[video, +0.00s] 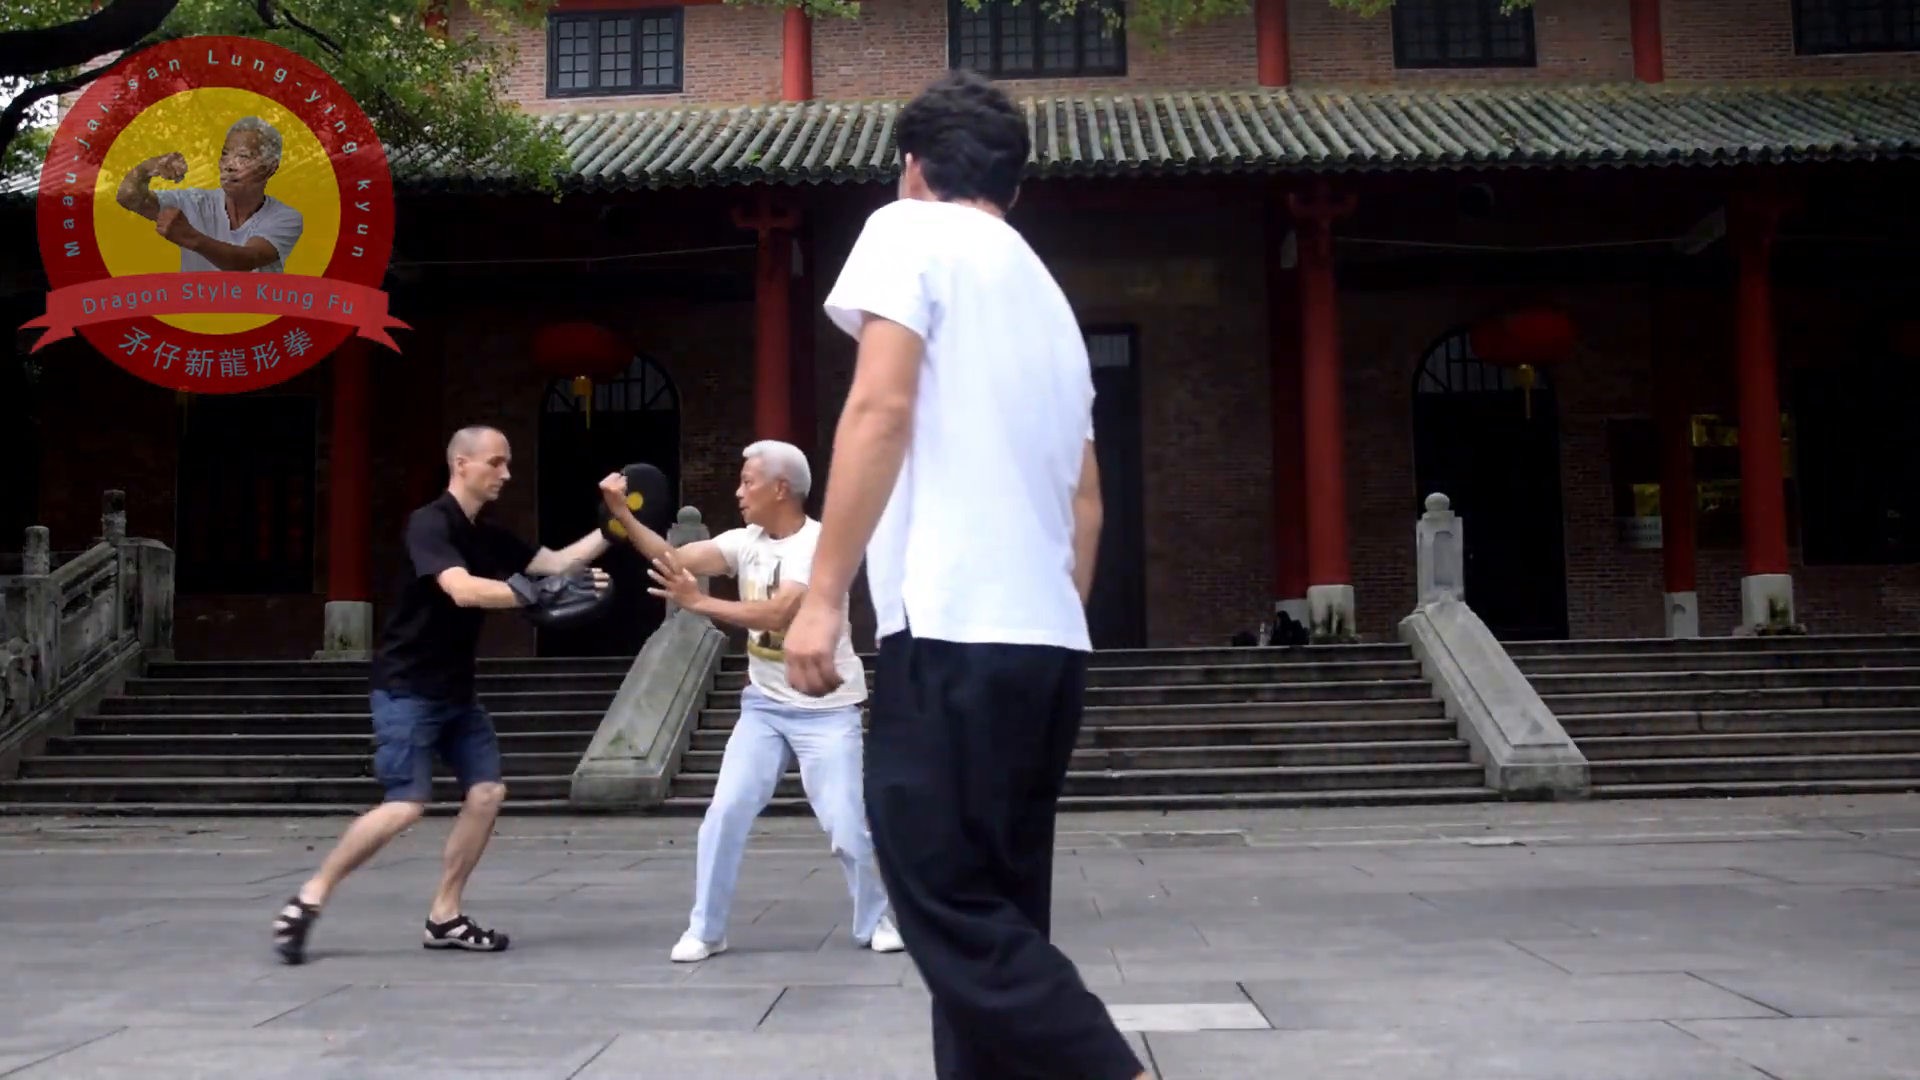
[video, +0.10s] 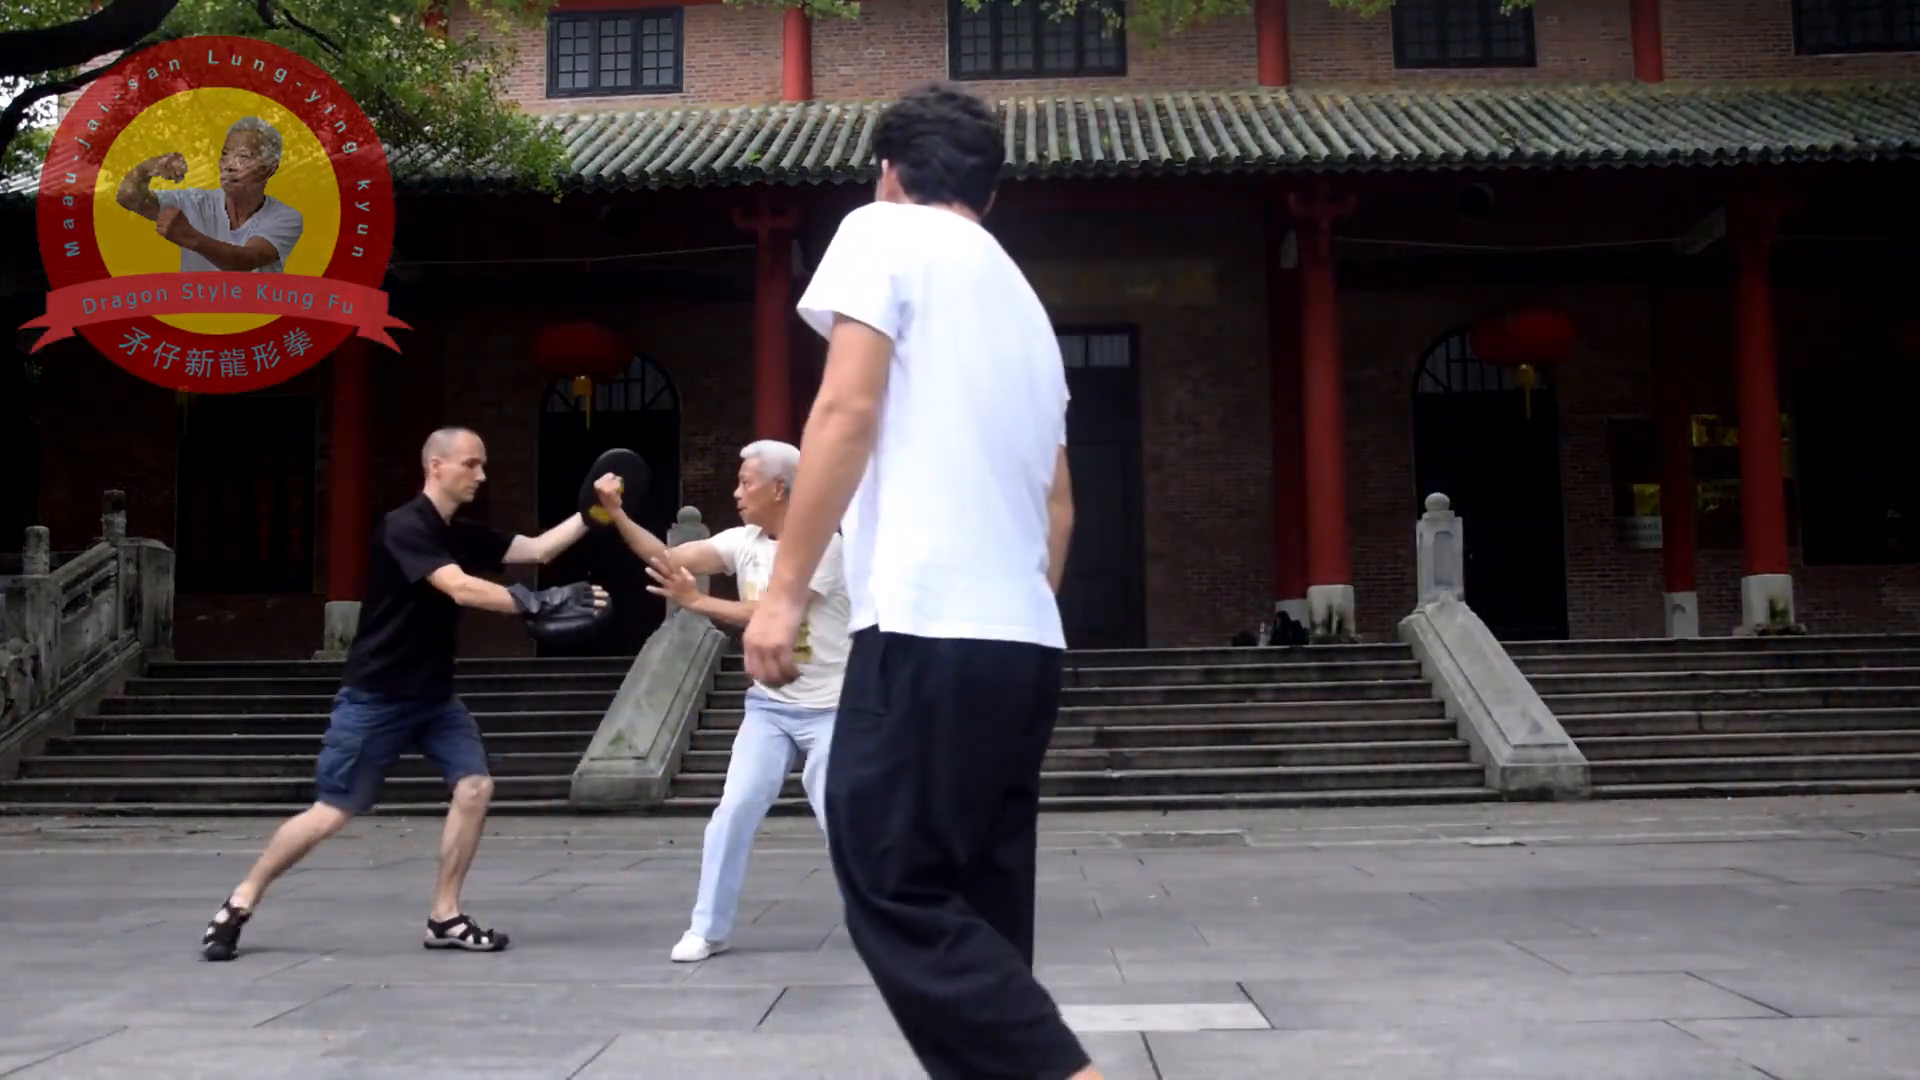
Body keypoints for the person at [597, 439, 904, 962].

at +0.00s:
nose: (739, 490)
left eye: (747, 481)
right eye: (740, 480)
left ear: (781, 489)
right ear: (768, 488)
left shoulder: (820, 543)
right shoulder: (746, 541)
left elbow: (777, 615)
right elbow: (675, 559)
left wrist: (698, 601)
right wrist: (621, 513)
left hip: (829, 713)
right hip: (764, 709)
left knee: (848, 833)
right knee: (727, 808)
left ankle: (877, 920)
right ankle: (705, 931)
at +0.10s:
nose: (737, 492)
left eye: (746, 482)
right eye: (738, 482)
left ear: (780, 489)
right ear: (766, 490)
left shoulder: (824, 542)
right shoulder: (743, 542)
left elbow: (779, 616)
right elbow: (673, 559)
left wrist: (695, 600)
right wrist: (618, 515)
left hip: (832, 710)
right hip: (767, 708)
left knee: (840, 817)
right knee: (737, 806)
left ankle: (882, 926)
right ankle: (705, 929)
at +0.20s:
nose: (743, 504)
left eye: (753, 495)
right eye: (743, 494)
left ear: (786, 498)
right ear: (748, 497)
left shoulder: (819, 554)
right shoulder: (746, 548)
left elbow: (784, 630)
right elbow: (670, 569)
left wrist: (702, 615)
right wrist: (612, 528)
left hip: (829, 718)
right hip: (768, 713)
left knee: (844, 826)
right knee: (731, 807)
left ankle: (856, 939)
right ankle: (706, 930)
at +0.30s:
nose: (764, 517)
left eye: (774, 506)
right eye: (760, 507)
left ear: (795, 511)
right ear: (752, 513)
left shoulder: (819, 574)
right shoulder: (743, 556)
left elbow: (779, 653)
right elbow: (680, 584)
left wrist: (694, 653)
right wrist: (646, 563)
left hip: (808, 729)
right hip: (751, 723)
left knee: (817, 832)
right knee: (701, 807)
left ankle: (820, 949)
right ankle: (701, 927)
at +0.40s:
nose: (742, 532)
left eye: (755, 524)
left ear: (778, 534)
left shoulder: (789, 596)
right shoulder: (735, 580)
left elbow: (745, 665)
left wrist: (672, 697)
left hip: (788, 728)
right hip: (731, 724)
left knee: (833, 819)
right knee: (657, 798)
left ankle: (866, 918)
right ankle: (641, 921)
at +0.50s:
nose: (677, 530)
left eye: (688, 519)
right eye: (675, 519)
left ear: (721, 523)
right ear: (675, 521)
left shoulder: (757, 580)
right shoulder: (677, 563)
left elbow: (716, 658)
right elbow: (690, 584)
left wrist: (631, 676)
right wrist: (758, 561)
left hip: (759, 737)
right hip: (698, 732)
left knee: (822, 836)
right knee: (614, 803)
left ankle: (876, 932)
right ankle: (549, 919)